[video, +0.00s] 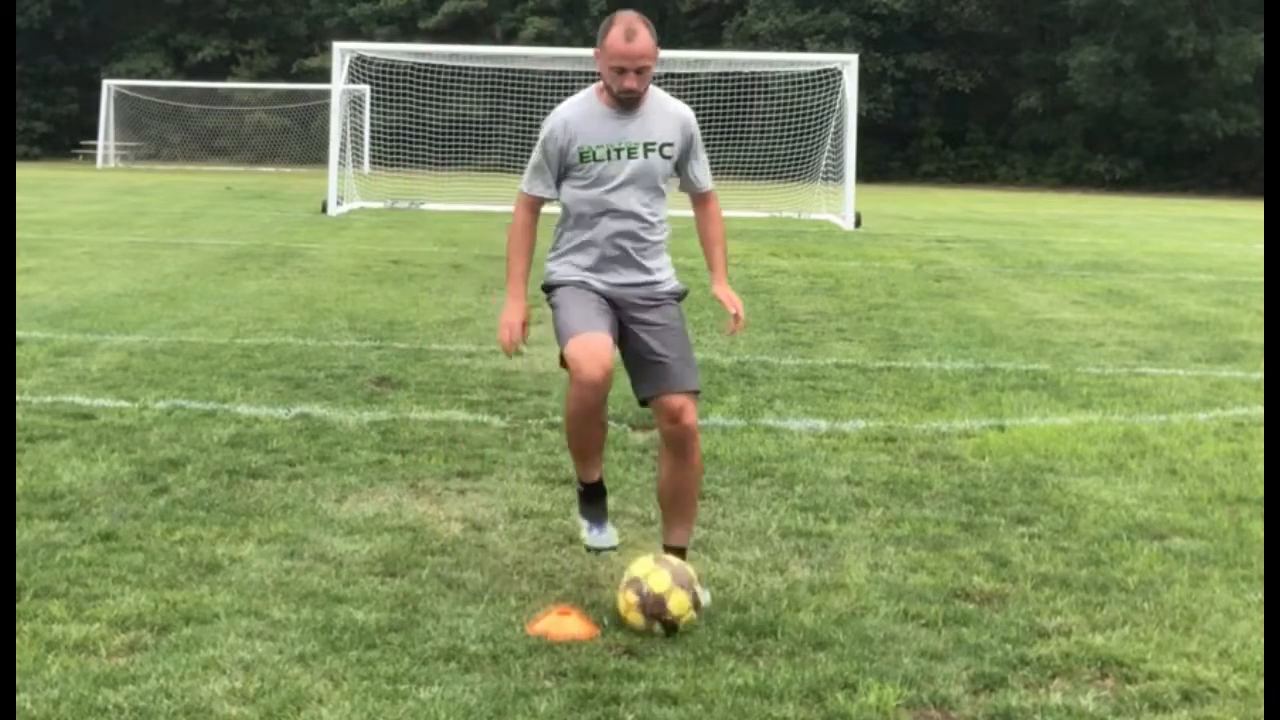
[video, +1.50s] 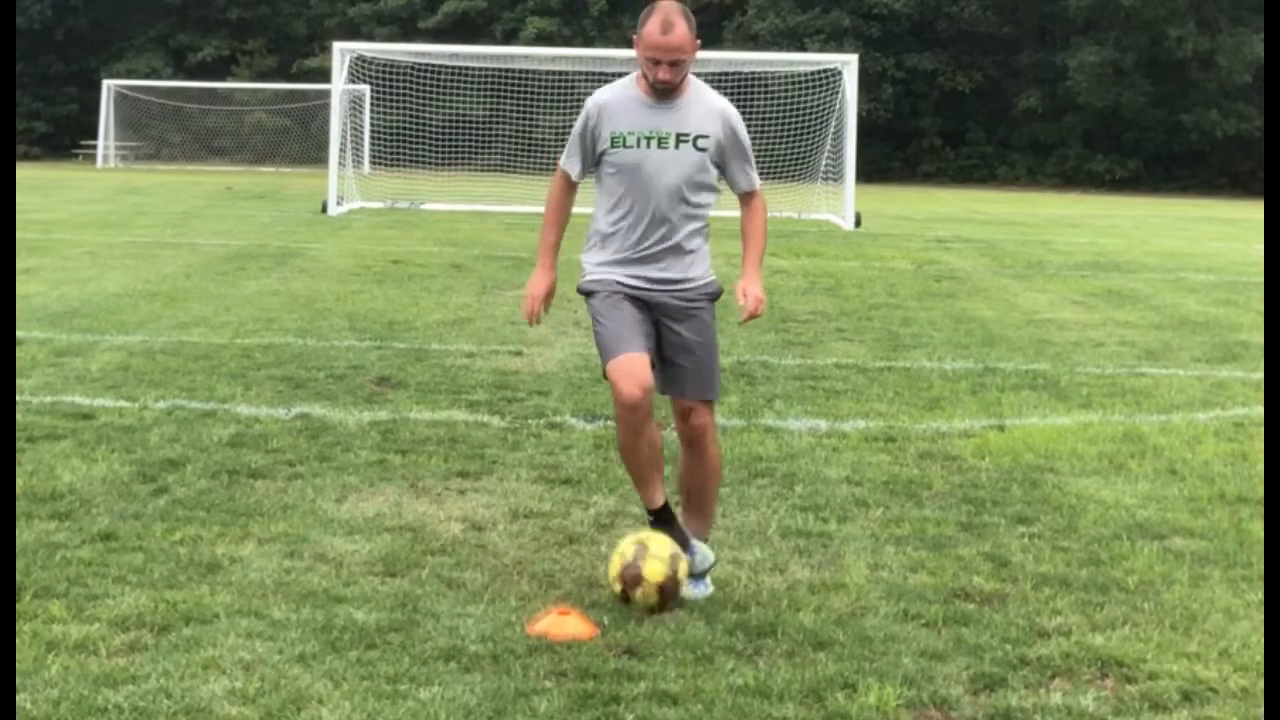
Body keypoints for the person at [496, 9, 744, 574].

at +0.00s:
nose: (631, 83)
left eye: (642, 70)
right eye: (619, 70)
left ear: (657, 64)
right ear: (597, 62)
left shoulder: (677, 120)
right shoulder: (565, 123)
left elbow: (704, 199)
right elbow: (527, 206)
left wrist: (719, 279)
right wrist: (515, 299)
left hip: (650, 283)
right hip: (578, 277)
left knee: (681, 417)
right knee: (592, 370)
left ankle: (675, 561)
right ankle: (592, 499)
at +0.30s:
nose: (649, 98)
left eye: (661, 85)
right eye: (638, 85)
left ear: (676, 78)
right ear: (617, 75)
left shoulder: (698, 135)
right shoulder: (585, 136)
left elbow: (731, 219)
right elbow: (549, 221)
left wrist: (746, 300)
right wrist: (532, 314)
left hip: (667, 292)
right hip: (595, 284)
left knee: (704, 425)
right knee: (623, 366)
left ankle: (677, 562)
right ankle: (639, 528)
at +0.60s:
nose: (653, 82)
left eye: (665, 70)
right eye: (642, 69)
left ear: (680, 62)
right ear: (620, 57)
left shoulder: (703, 116)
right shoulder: (589, 121)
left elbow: (735, 201)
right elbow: (557, 207)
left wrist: (745, 278)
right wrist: (541, 299)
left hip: (677, 285)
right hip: (606, 275)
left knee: (701, 417)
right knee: (635, 361)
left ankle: (677, 562)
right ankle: (643, 525)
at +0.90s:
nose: (658, 52)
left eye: (669, 41)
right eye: (647, 41)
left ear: (684, 29)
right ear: (623, 26)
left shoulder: (709, 86)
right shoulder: (591, 89)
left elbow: (735, 170)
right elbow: (564, 174)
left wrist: (740, 244)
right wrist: (550, 262)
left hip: (685, 258)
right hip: (614, 249)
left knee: (692, 403)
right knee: (647, 345)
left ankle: (685, 550)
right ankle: (645, 480)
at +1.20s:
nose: (663, 53)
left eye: (674, 41)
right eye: (651, 40)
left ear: (691, 29)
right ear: (630, 26)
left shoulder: (715, 87)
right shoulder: (596, 85)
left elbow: (742, 170)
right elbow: (565, 167)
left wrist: (742, 245)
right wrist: (550, 251)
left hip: (687, 261)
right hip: (616, 257)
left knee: (692, 399)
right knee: (647, 362)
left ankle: (693, 540)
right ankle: (662, 486)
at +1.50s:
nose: (665, 75)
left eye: (678, 63)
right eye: (654, 61)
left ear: (696, 51)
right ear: (635, 46)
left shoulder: (719, 115)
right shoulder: (602, 107)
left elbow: (751, 195)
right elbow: (564, 182)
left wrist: (751, 272)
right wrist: (544, 266)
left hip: (687, 284)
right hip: (613, 279)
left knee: (697, 422)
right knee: (632, 393)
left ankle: (697, 551)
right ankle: (662, 526)